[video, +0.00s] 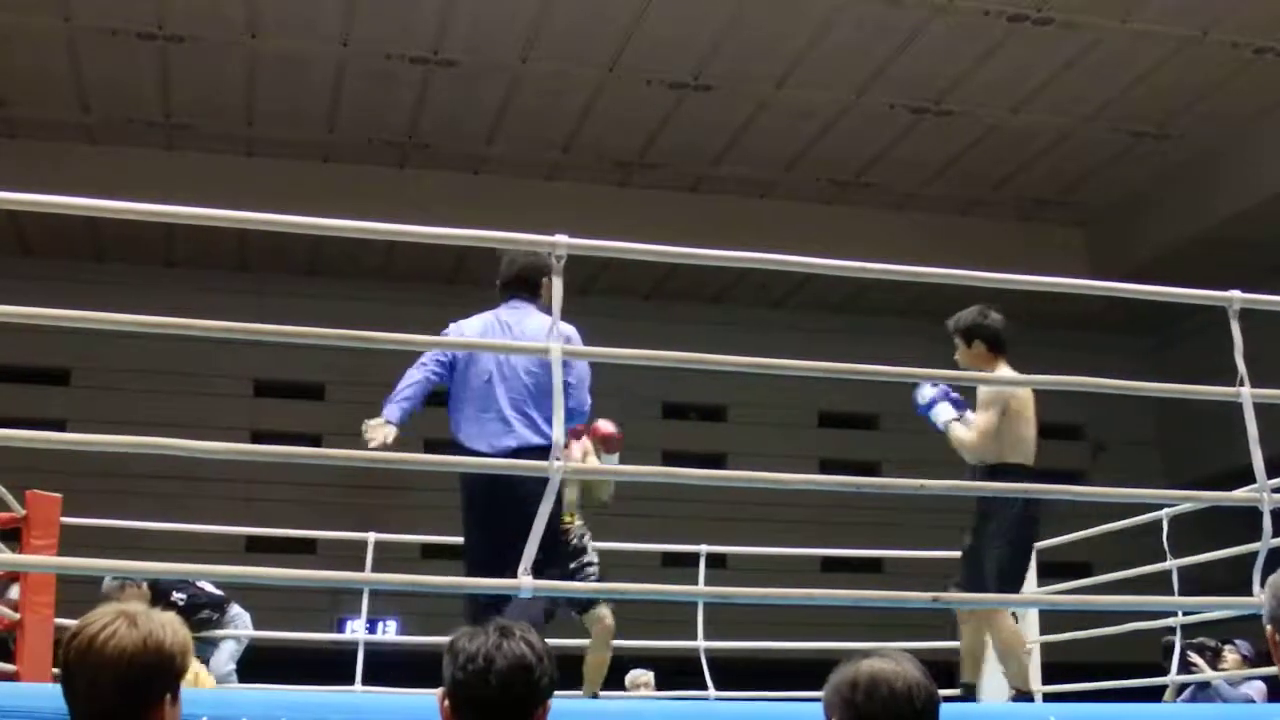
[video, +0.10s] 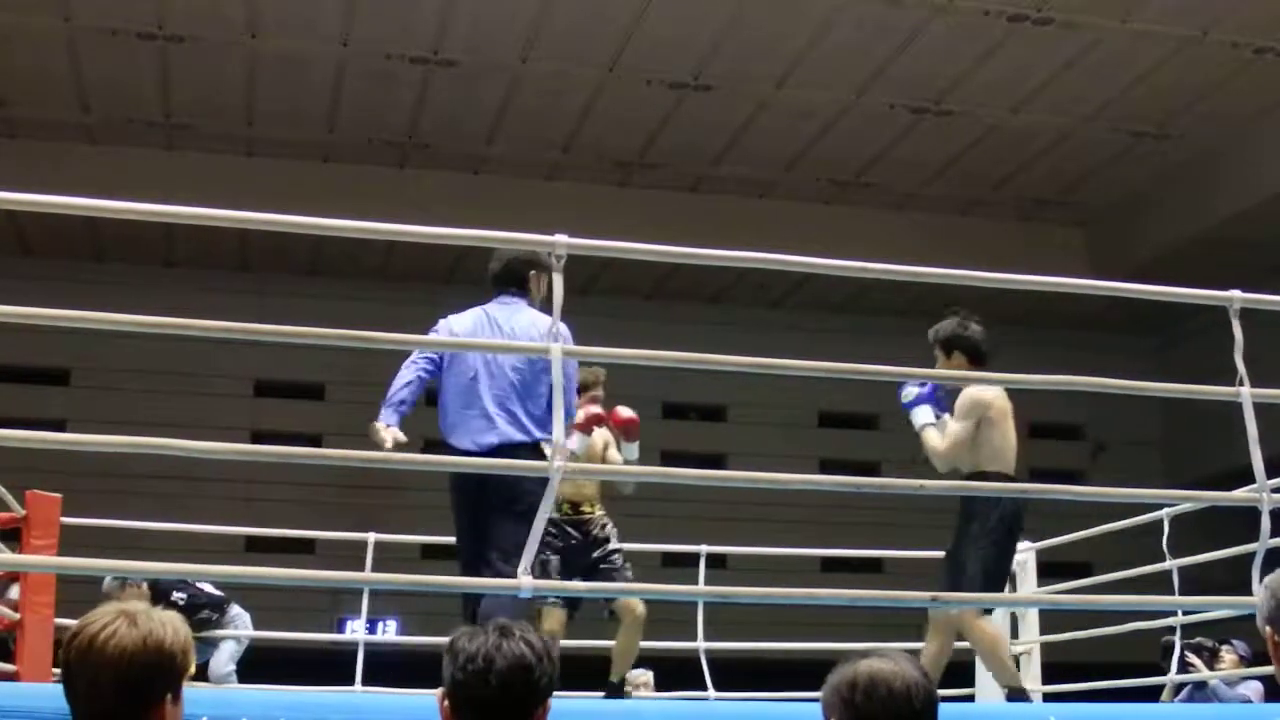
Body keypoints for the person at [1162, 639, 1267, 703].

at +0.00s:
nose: (1223, 654)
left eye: (1231, 652)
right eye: (1222, 651)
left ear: (1245, 660)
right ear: (1217, 655)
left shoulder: (1257, 686)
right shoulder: (1201, 687)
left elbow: (1235, 700)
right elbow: (1167, 711)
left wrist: (1207, 672)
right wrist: (1174, 684)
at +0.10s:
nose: (1220, 654)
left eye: (1228, 652)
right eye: (1219, 651)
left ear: (1242, 661)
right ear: (1213, 656)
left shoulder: (1253, 686)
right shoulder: (1197, 687)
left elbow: (1236, 703)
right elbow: (1165, 712)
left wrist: (1205, 673)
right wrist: (1171, 685)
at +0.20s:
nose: (1218, 655)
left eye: (1226, 652)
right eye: (1217, 651)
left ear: (1240, 662)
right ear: (1212, 657)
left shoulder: (1251, 686)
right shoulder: (1194, 687)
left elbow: (1237, 705)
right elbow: (1162, 712)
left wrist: (1204, 675)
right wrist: (1168, 686)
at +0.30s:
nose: (1216, 655)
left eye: (1224, 653)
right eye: (1215, 652)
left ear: (1238, 663)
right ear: (1210, 658)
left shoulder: (1249, 686)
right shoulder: (1192, 688)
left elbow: (1236, 706)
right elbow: (1159, 711)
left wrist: (1202, 677)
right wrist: (1166, 685)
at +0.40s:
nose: (1215, 656)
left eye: (1222, 653)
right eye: (1213, 653)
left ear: (1236, 663)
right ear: (1207, 659)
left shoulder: (1247, 686)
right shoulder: (1189, 688)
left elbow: (1235, 706)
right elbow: (1158, 711)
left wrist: (1200, 676)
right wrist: (1166, 682)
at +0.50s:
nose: (1213, 656)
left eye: (1221, 653)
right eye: (1211, 653)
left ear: (1234, 663)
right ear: (1206, 659)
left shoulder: (1246, 687)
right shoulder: (1189, 688)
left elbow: (1234, 705)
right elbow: (1158, 710)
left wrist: (1199, 675)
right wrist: (1165, 678)